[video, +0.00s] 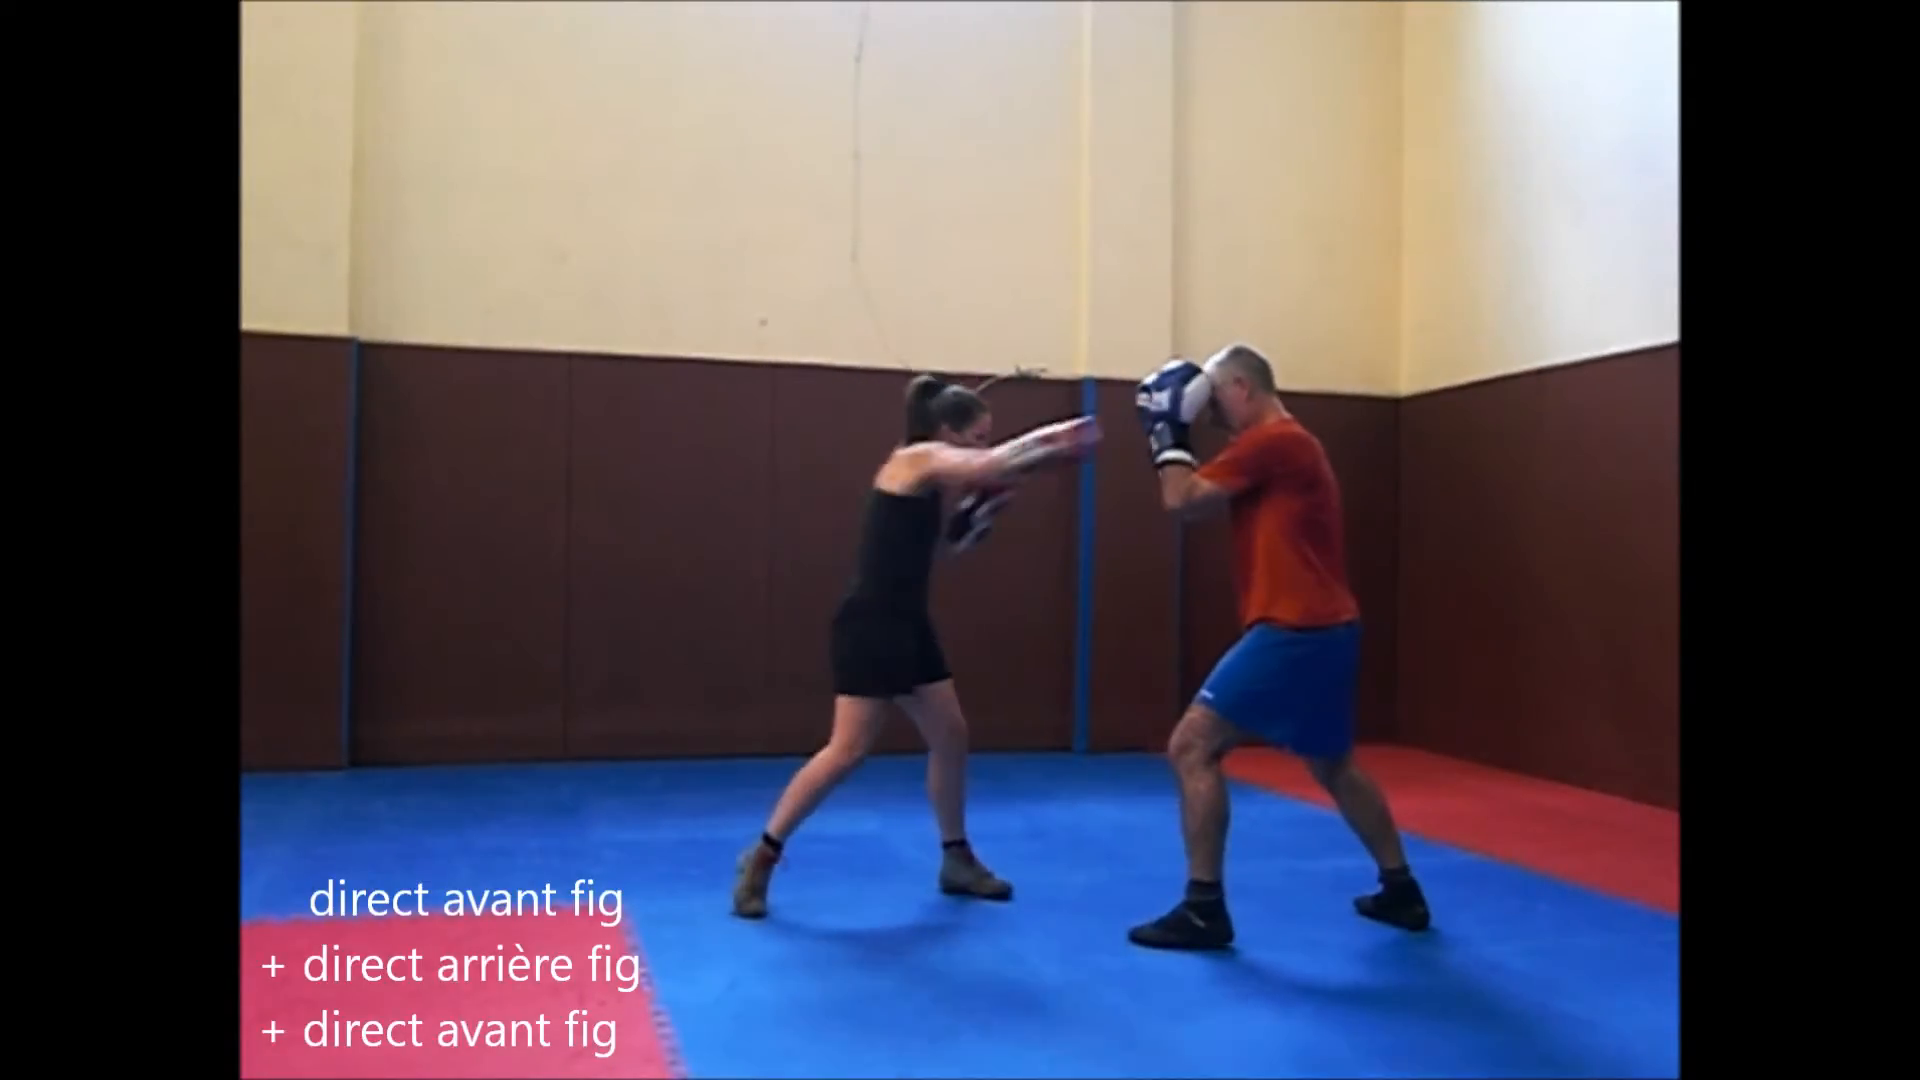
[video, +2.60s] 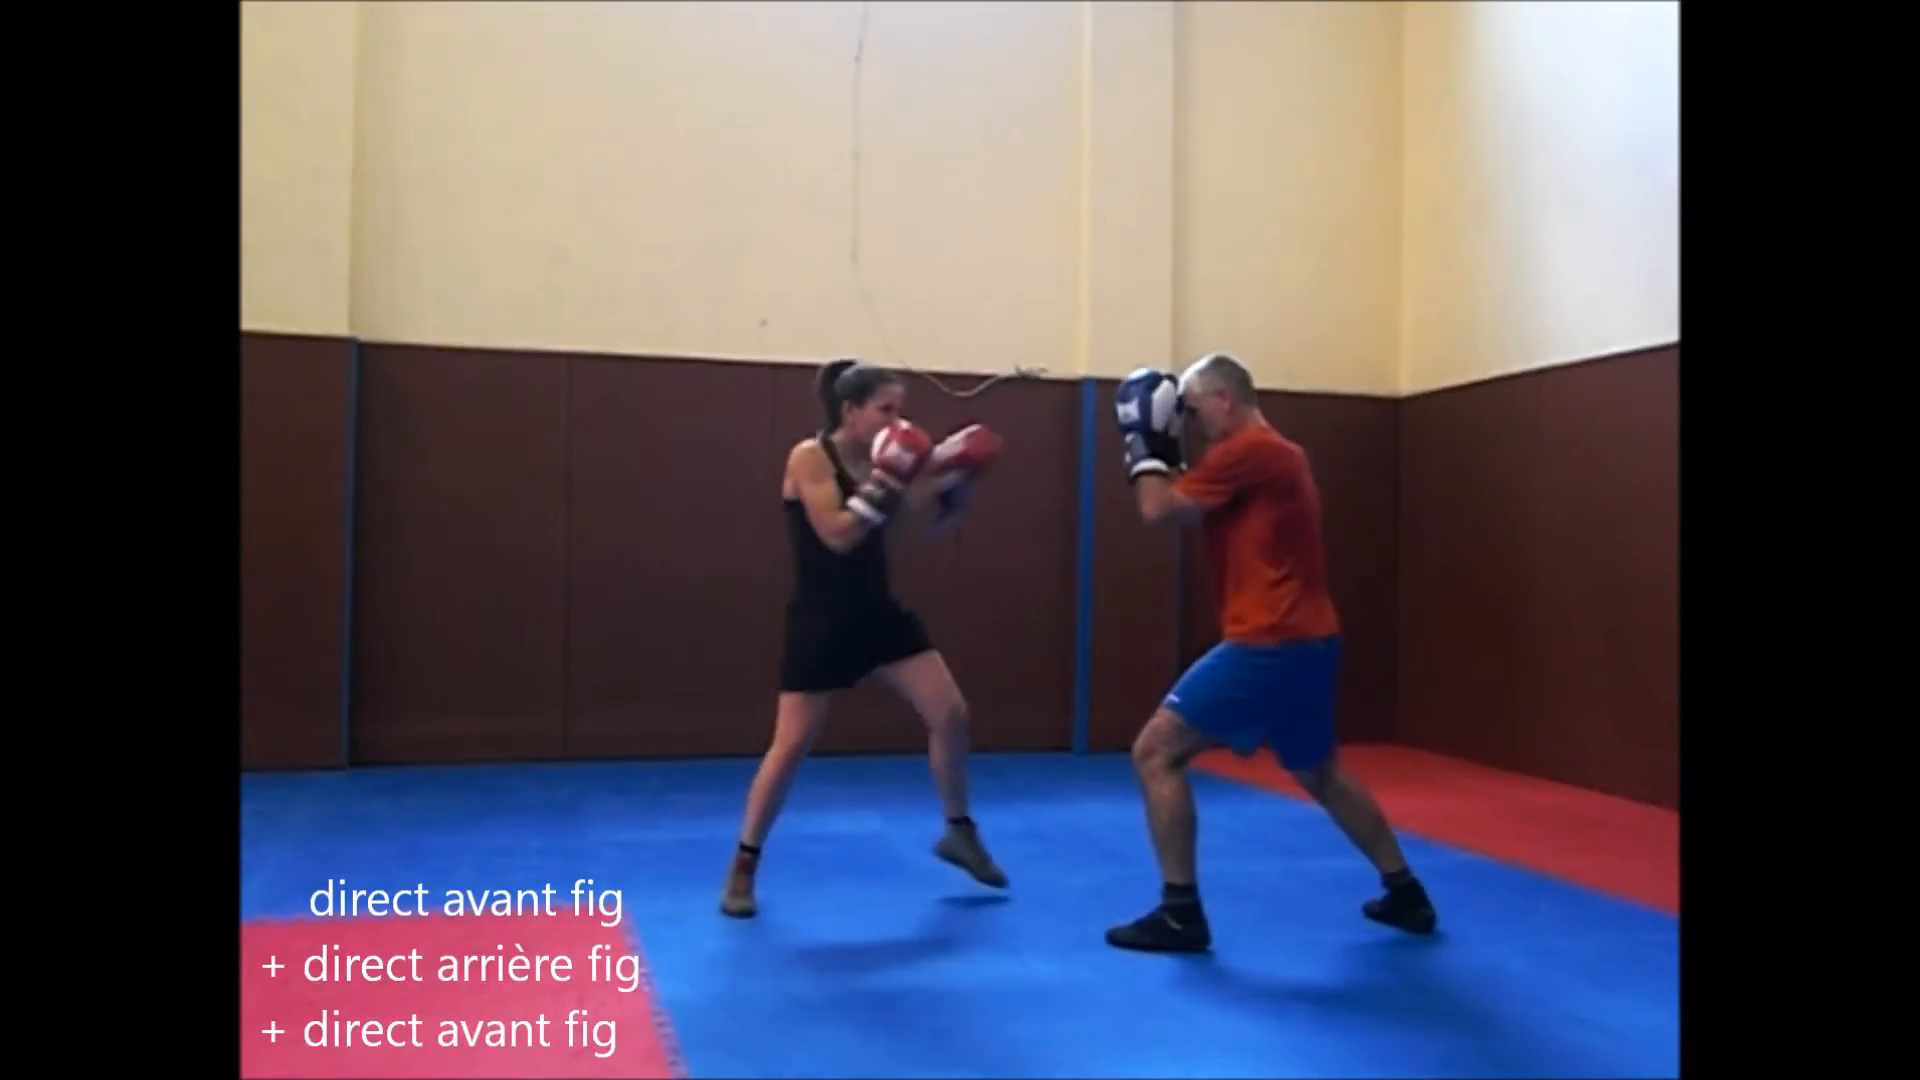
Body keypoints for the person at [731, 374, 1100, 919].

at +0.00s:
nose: (985, 443)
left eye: (986, 434)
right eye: (979, 434)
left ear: (941, 432)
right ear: (949, 429)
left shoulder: (910, 467)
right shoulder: (921, 459)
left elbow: (938, 545)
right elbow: (991, 464)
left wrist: (973, 524)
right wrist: (1056, 439)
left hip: (894, 625)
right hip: (879, 626)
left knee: (950, 737)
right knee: (846, 750)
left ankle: (957, 861)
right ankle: (762, 857)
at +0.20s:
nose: (993, 446)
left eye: (996, 436)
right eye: (985, 434)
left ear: (965, 435)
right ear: (950, 428)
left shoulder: (955, 476)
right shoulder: (919, 457)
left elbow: (962, 550)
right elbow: (966, 506)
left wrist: (1012, 495)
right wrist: (1028, 477)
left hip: (923, 623)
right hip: (873, 620)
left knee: (961, 735)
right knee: (838, 740)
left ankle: (958, 860)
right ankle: (766, 854)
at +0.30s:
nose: (985, 440)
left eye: (989, 430)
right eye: (977, 429)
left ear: (980, 430)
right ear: (942, 422)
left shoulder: (978, 470)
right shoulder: (899, 457)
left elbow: (1045, 500)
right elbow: (878, 524)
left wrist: (1079, 467)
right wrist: (944, 500)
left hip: (931, 620)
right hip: (876, 616)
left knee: (958, 737)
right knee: (838, 732)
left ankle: (959, 861)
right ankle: (774, 857)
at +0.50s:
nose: (963, 440)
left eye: (967, 430)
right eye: (956, 429)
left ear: (955, 427)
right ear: (923, 422)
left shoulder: (956, 470)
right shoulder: (876, 464)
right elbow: (881, 543)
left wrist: (1045, 496)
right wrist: (931, 503)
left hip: (922, 621)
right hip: (867, 619)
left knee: (953, 738)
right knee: (824, 733)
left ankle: (958, 861)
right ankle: (749, 853)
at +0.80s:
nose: (923, 452)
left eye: (928, 442)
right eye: (922, 440)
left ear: (902, 432)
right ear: (896, 429)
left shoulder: (891, 476)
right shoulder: (846, 463)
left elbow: (943, 531)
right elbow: (912, 523)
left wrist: (967, 477)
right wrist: (945, 475)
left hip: (865, 627)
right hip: (814, 627)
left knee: (923, 736)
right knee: (782, 751)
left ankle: (936, 857)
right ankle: (719, 867)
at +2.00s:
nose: (860, 442)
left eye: (864, 432)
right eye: (857, 430)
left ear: (838, 425)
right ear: (828, 422)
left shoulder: (834, 475)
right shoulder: (784, 469)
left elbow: (879, 539)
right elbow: (844, 532)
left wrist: (899, 483)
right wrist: (878, 476)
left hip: (840, 634)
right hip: (790, 636)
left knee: (897, 743)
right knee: (762, 765)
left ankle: (901, 865)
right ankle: (702, 879)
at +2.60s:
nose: (894, 421)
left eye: (898, 411)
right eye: (885, 410)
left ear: (877, 415)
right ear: (850, 410)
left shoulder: (883, 460)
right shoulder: (810, 457)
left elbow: (922, 521)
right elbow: (837, 532)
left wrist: (955, 485)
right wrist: (888, 483)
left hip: (878, 616)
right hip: (820, 622)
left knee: (949, 712)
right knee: (791, 744)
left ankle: (959, 830)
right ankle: (744, 863)